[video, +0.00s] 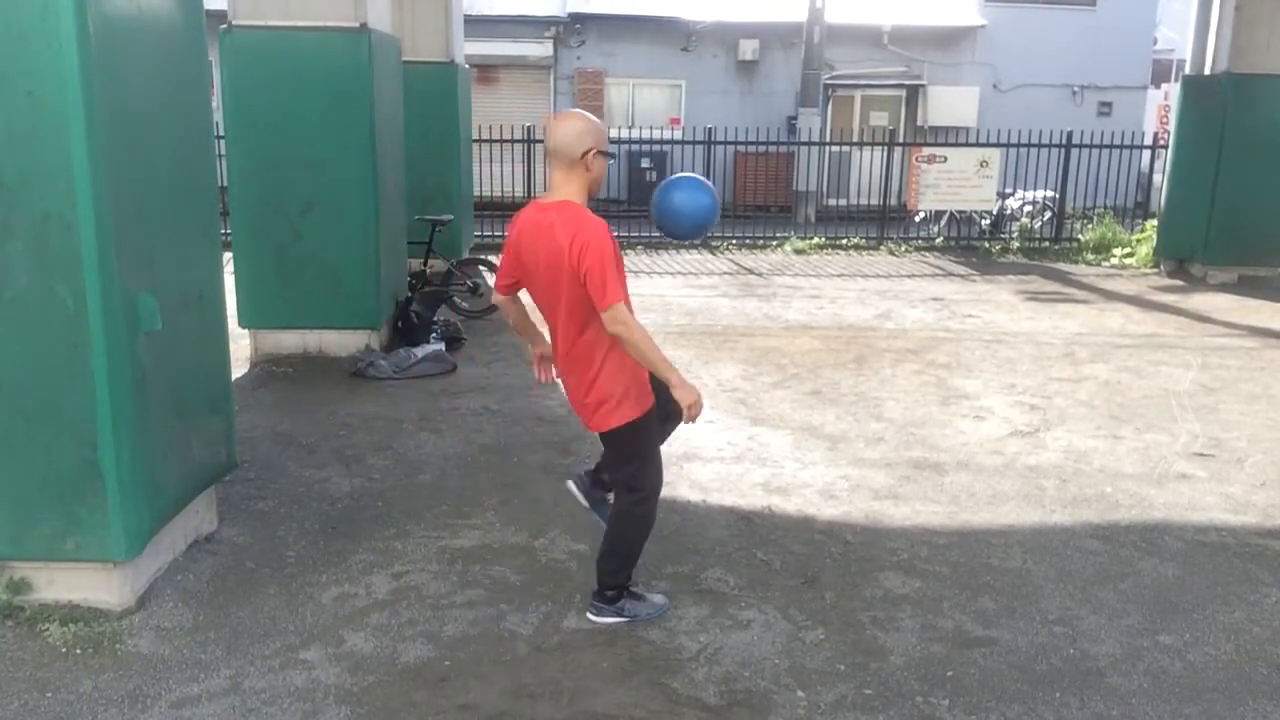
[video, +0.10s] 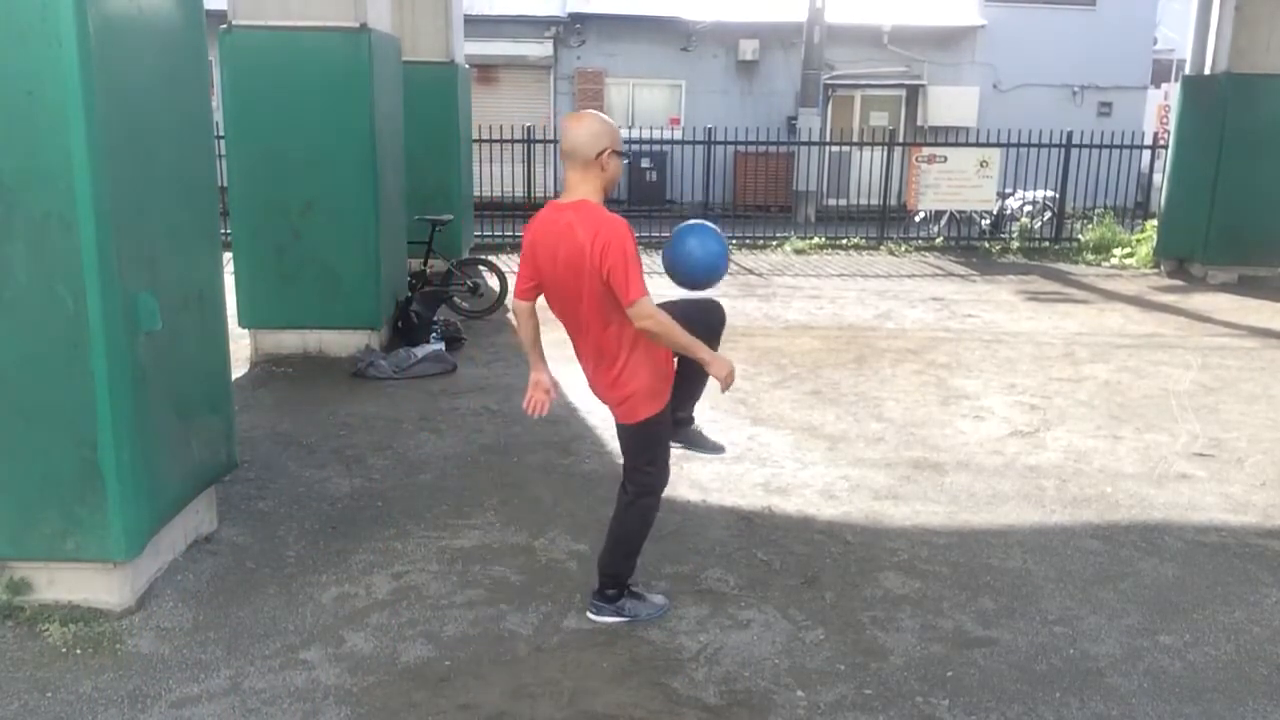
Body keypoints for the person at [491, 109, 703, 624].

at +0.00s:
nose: (606, 165)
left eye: (605, 156)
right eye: (604, 156)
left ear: (552, 159)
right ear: (589, 160)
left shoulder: (524, 223)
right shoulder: (590, 231)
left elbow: (504, 296)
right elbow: (617, 321)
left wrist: (535, 341)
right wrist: (675, 380)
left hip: (582, 375)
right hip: (612, 382)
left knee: (672, 403)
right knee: (641, 488)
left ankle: (600, 480)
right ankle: (610, 595)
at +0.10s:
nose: (620, 165)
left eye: (619, 156)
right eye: (618, 156)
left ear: (566, 159)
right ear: (604, 160)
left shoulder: (540, 226)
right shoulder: (611, 230)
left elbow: (522, 304)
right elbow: (642, 315)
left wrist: (537, 368)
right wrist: (709, 356)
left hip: (600, 357)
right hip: (636, 366)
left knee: (709, 314)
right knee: (644, 485)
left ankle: (679, 421)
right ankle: (610, 594)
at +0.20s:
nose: (632, 158)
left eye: (630, 149)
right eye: (628, 150)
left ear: (580, 159)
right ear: (612, 157)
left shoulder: (556, 224)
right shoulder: (625, 228)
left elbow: (541, 304)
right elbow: (655, 312)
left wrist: (552, 369)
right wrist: (720, 348)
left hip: (613, 356)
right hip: (647, 365)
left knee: (717, 319)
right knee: (648, 482)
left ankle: (690, 425)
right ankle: (610, 594)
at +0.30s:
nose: (642, 156)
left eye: (639, 146)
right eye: (637, 148)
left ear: (589, 157)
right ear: (620, 155)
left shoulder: (566, 222)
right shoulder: (635, 224)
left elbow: (551, 299)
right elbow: (662, 306)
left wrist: (567, 362)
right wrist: (729, 346)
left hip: (618, 357)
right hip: (653, 364)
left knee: (713, 356)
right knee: (648, 482)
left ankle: (683, 450)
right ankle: (610, 594)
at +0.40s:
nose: (655, 153)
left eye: (653, 143)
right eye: (650, 145)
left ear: (604, 153)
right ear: (632, 151)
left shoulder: (582, 215)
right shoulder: (646, 219)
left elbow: (567, 289)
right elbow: (670, 302)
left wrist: (591, 341)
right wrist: (733, 346)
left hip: (630, 365)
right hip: (664, 372)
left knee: (697, 419)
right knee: (659, 479)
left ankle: (666, 517)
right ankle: (613, 586)